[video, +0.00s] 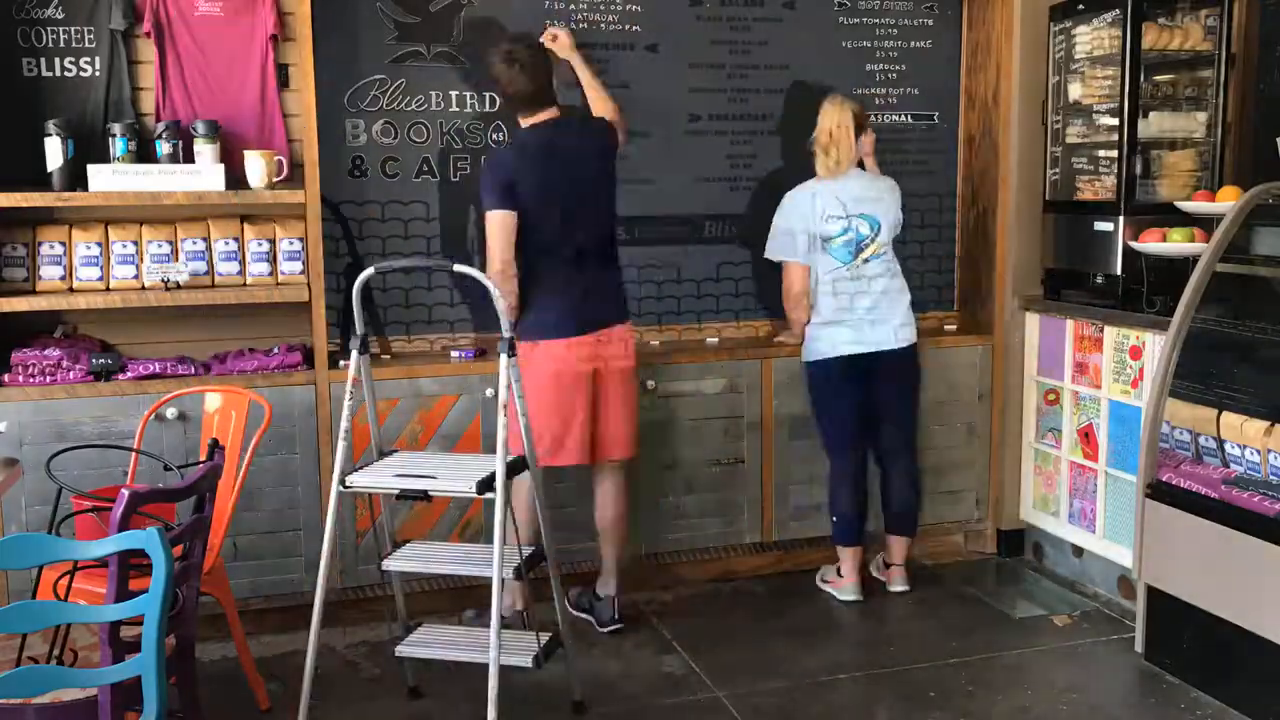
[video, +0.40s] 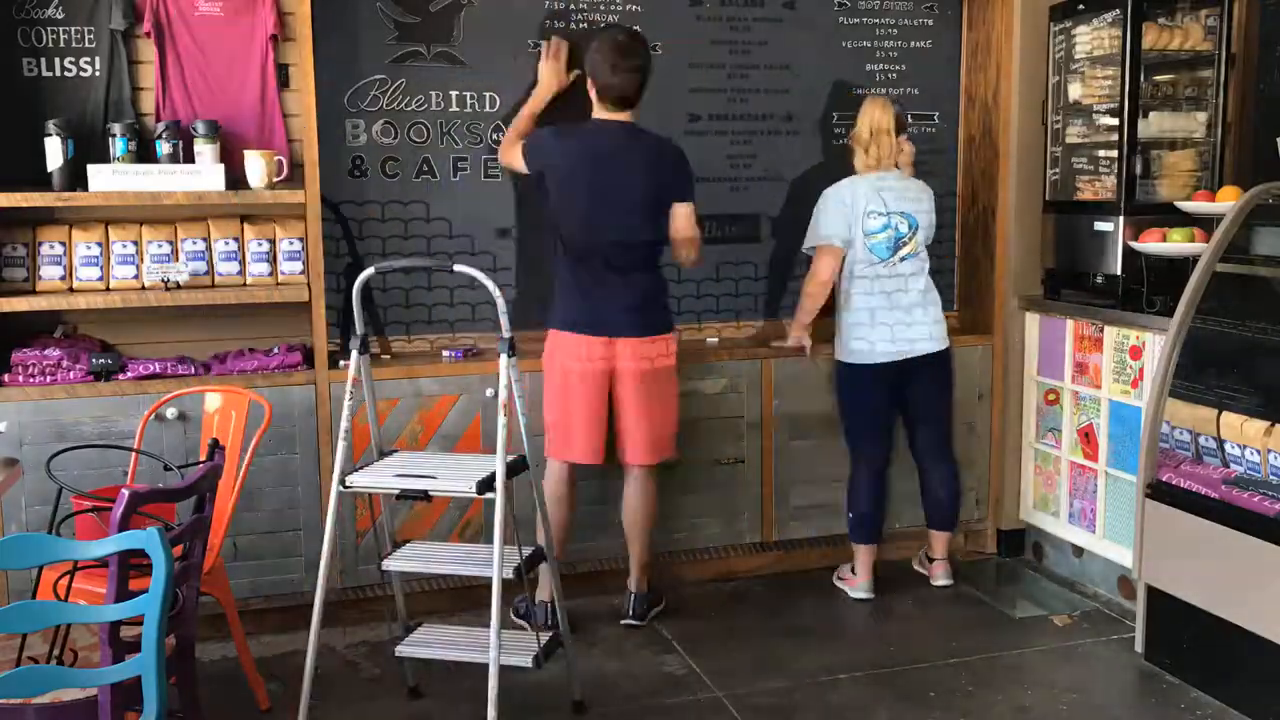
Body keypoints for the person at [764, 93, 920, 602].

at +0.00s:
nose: (869, 139)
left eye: (865, 131)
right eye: (867, 131)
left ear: (817, 139)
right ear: (860, 137)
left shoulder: (799, 200)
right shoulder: (886, 191)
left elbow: (796, 292)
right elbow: (884, 215)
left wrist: (804, 334)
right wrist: (869, 164)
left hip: (833, 349)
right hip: (894, 344)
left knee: (846, 458)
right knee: (898, 450)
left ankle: (849, 574)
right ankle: (897, 568)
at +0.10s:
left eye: (859, 125)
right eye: (899, 130)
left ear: (857, 134)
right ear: (899, 137)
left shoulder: (837, 194)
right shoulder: (917, 189)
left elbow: (818, 276)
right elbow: (933, 213)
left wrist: (802, 326)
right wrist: (925, 158)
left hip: (861, 349)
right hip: (922, 344)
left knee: (870, 454)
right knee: (923, 447)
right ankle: (922, 563)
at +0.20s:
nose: (814, 140)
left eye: (815, 135)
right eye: (821, 132)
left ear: (820, 140)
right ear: (865, 136)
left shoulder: (815, 198)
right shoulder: (884, 193)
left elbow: (808, 290)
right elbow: (878, 273)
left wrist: (789, 359)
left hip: (824, 361)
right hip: (879, 356)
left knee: (805, 458)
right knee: (864, 453)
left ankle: (816, 573)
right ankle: (860, 568)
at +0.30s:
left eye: (808, 135)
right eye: (842, 132)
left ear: (807, 138)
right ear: (854, 136)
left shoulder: (797, 202)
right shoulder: (888, 196)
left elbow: (786, 294)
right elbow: (902, 276)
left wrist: (790, 338)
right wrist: (871, 315)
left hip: (821, 359)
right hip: (885, 357)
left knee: (827, 465)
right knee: (891, 459)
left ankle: (819, 577)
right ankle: (897, 567)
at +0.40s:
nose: (901, 139)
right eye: (898, 132)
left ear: (853, 138)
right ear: (900, 140)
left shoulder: (839, 196)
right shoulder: (922, 194)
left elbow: (824, 273)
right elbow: (919, 235)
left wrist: (801, 324)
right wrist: (905, 173)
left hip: (865, 354)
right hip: (928, 348)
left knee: (869, 459)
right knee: (935, 448)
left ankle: (862, 574)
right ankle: (939, 562)